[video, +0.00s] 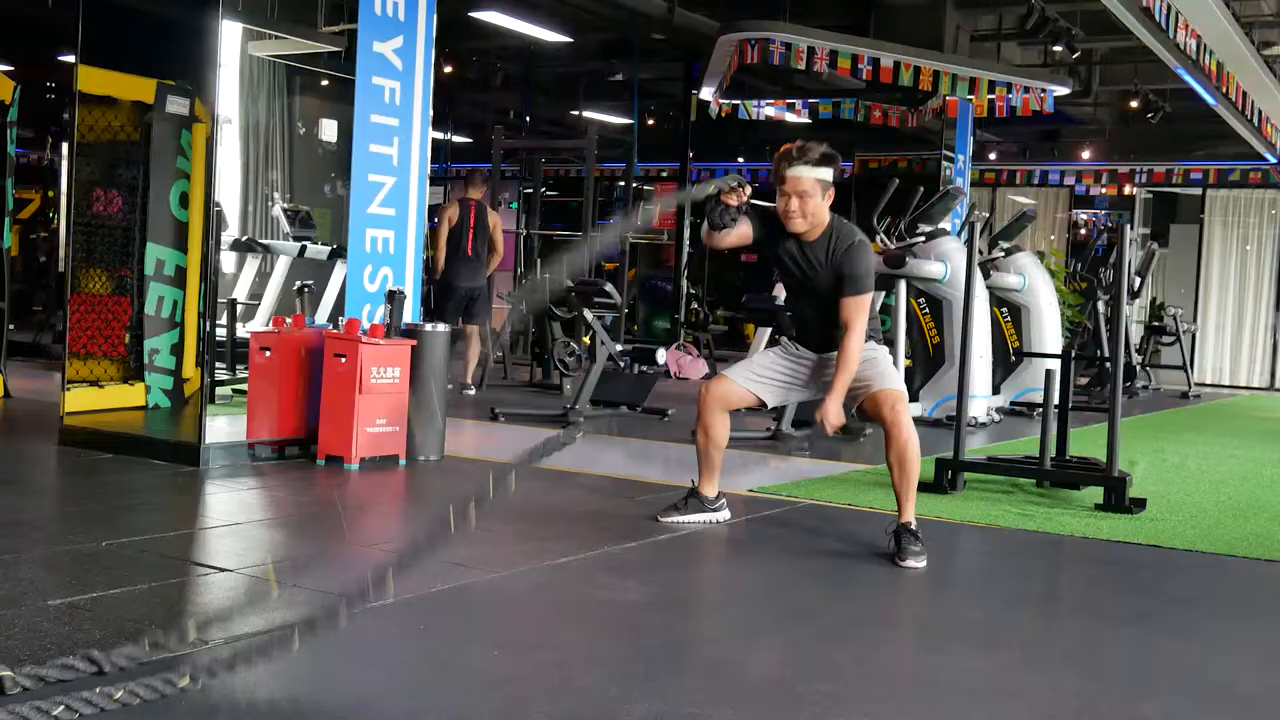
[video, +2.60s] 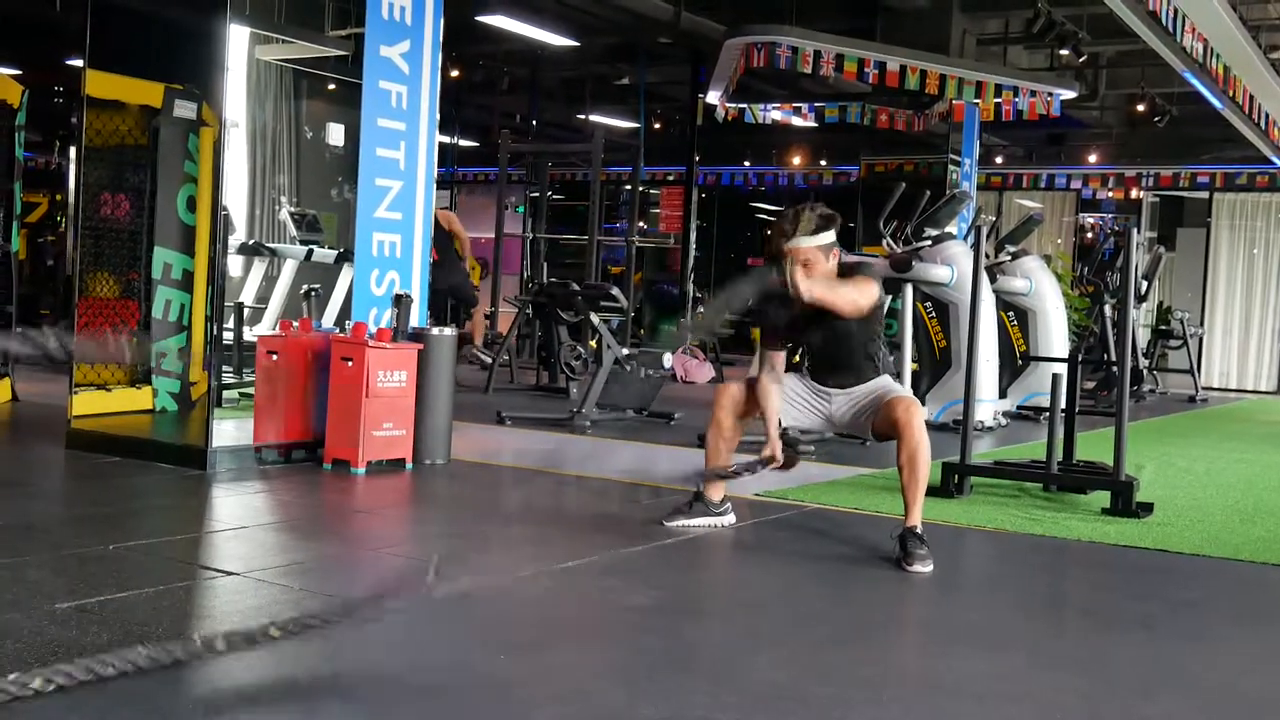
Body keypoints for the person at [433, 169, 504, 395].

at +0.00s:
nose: (471, 192)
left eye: (465, 187)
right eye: (480, 189)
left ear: (463, 187)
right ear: (484, 190)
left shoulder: (450, 210)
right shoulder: (493, 217)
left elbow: (440, 247)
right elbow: (498, 252)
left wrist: (438, 275)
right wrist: (483, 273)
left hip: (452, 281)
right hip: (478, 283)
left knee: (441, 331)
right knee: (473, 331)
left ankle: (438, 379)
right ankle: (468, 381)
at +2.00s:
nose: (461, 198)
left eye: (462, 194)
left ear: (466, 195)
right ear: (484, 199)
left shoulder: (452, 216)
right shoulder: (494, 226)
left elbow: (441, 248)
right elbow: (493, 259)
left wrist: (437, 265)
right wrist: (479, 282)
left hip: (445, 281)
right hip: (470, 284)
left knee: (438, 326)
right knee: (466, 329)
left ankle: (435, 372)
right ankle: (462, 373)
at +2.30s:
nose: (454, 203)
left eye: (449, 199)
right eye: (458, 199)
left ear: (442, 200)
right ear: (459, 200)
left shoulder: (432, 223)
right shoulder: (470, 223)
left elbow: (424, 252)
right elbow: (481, 253)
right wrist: (478, 274)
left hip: (438, 281)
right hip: (463, 281)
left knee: (435, 328)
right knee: (465, 327)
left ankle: (434, 372)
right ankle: (463, 371)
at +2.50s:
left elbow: (424, 261)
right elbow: (467, 257)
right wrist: (470, 276)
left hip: (436, 284)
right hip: (458, 282)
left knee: (438, 326)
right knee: (476, 314)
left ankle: (439, 366)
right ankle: (475, 351)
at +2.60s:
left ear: (420, 202)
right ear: (433, 200)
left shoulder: (413, 221)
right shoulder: (445, 216)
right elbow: (464, 237)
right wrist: (466, 261)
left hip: (431, 279)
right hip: (453, 276)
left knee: (435, 319)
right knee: (476, 308)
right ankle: (477, 347)